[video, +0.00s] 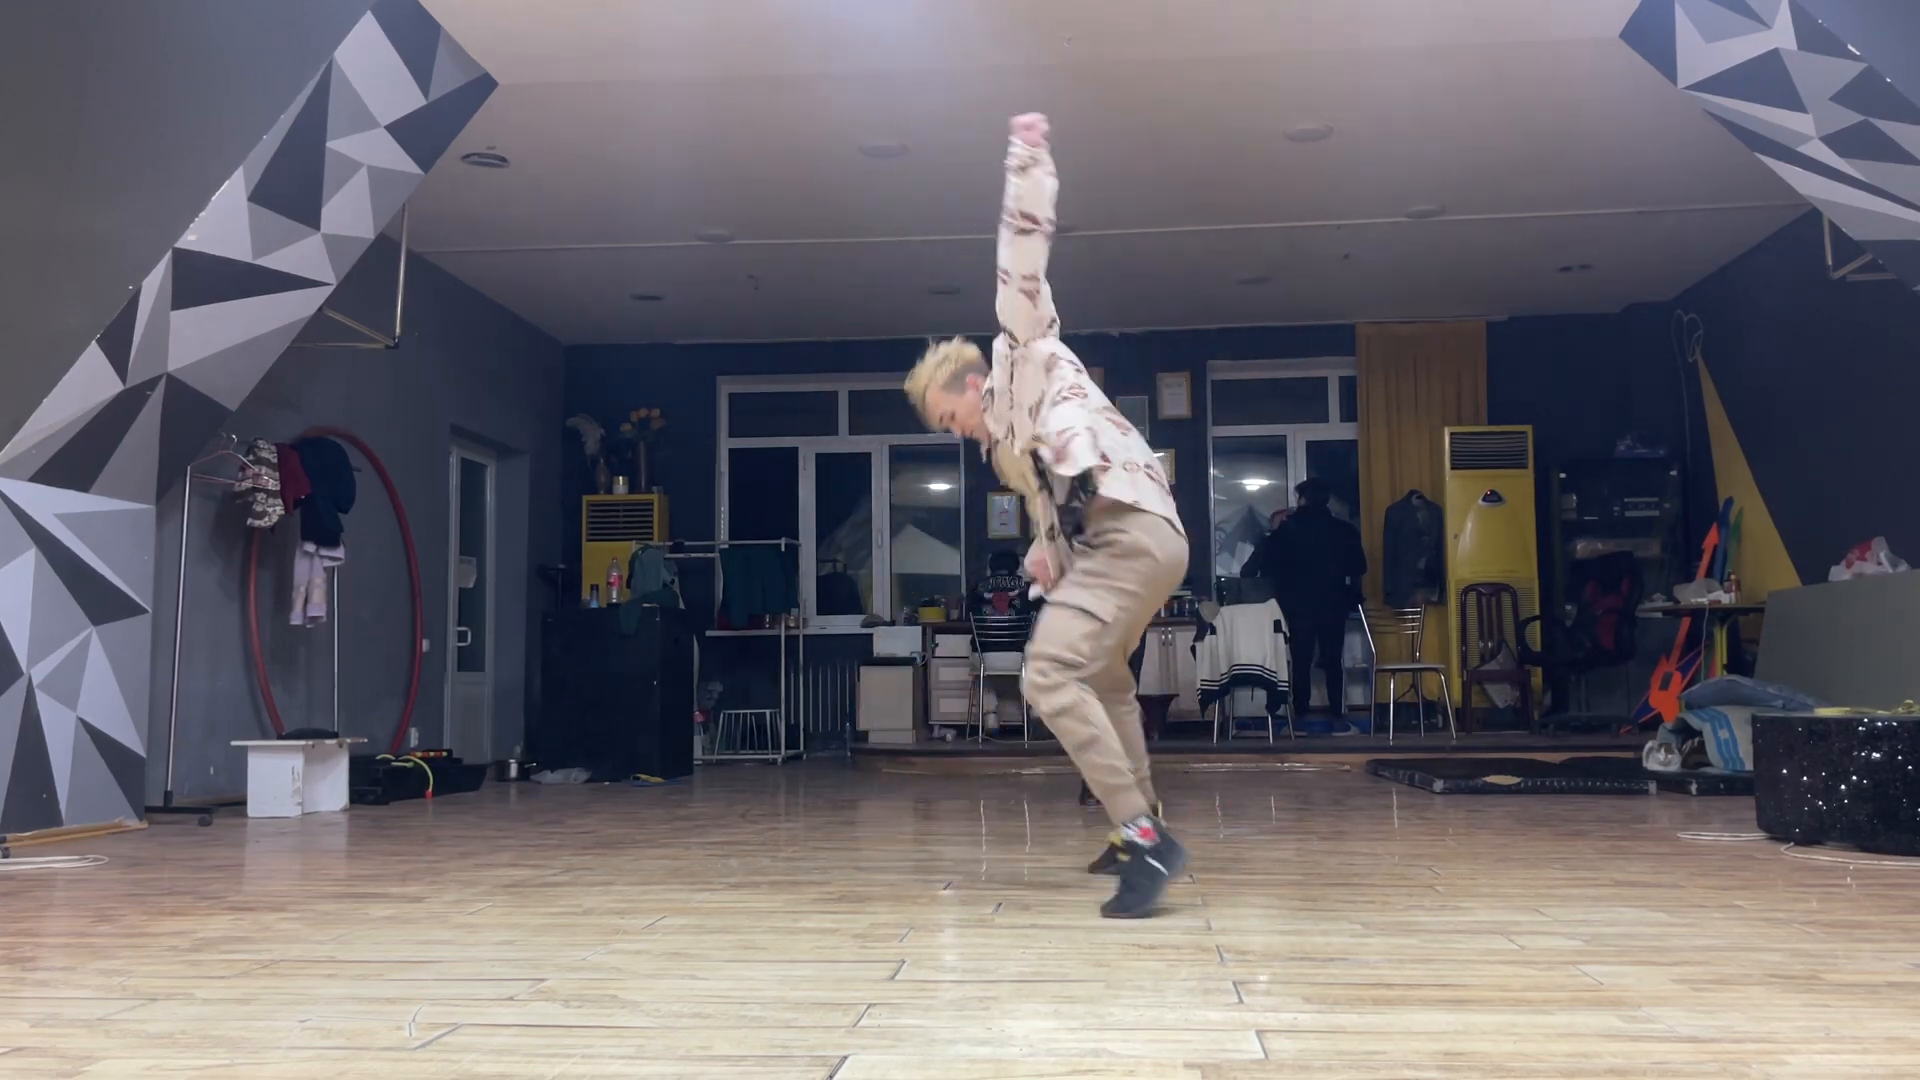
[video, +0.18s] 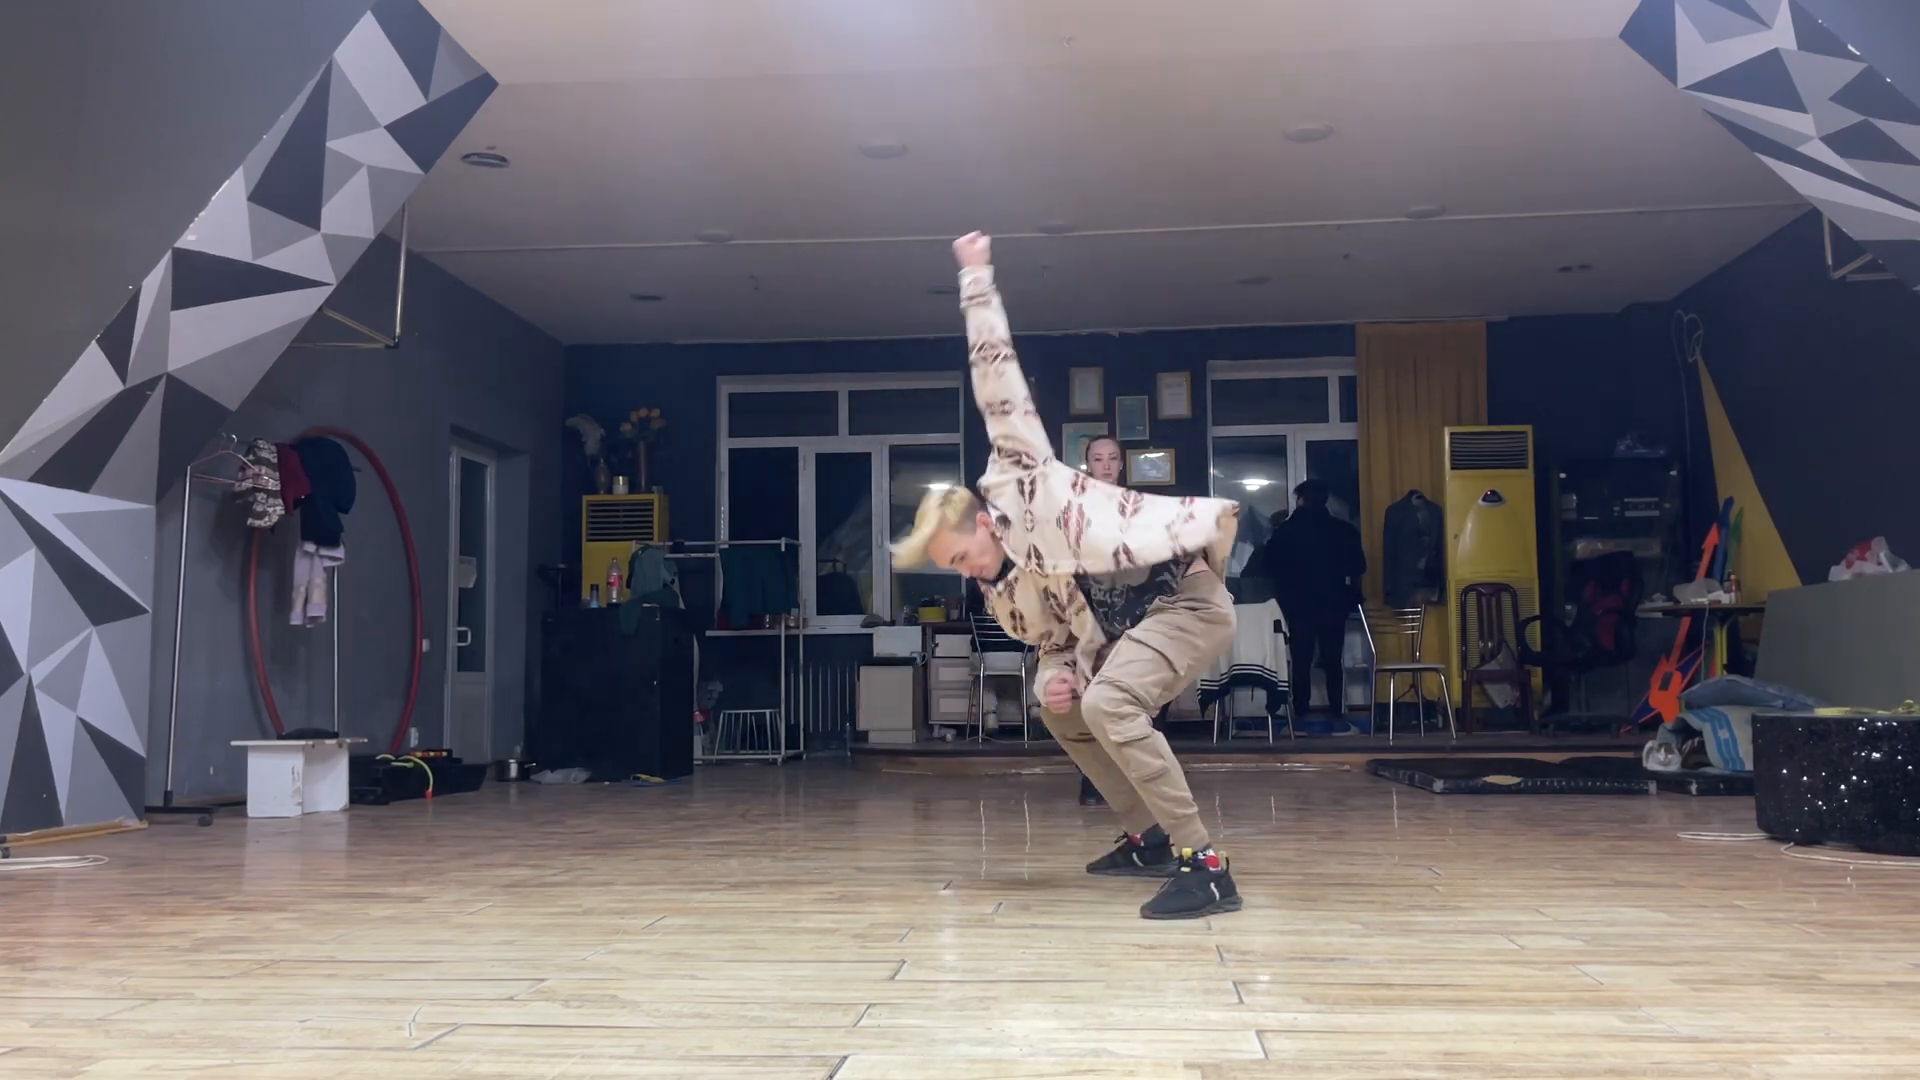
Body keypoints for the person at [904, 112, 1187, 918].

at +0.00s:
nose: (957, 430)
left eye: (951, 415)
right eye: (947, 425)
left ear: (968, 379)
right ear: (965, 400)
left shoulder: (1022, 348)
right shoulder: (1019, 437)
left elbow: (1021, 252)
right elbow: (1070, 501)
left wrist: (1027, 156)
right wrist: (1049, 547)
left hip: (1132, 529)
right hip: (1125, 542)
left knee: (1051, 674)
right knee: (1104, 675)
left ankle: (1145, 839)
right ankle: (1139, 824)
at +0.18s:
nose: (965, 576)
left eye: (962, 560)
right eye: (953, 571)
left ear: (981, 523)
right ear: (958, 564)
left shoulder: (1020, 478)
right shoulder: (1011, 599)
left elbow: (996, 372)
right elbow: (1056, 644)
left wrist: (976, 279)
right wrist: (1053, 682)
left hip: (1188, 598)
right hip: (1124, 624)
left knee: (1110, 703)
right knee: (1063, 711)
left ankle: (1204, 864)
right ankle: (1149, 840)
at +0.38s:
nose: (947, 433)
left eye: (946, 417)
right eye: (939, 425)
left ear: (973, 386)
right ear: (954, 409)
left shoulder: (1027, 378)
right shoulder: (999, 476)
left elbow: (1067, 383)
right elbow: (1048, 556)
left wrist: (1042, 435)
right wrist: (1031, 620)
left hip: (1151, 536)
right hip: (1089, 561)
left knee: (1094, 666)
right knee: (1051, 686)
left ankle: (1176, 840)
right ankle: (1131, 820)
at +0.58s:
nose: (993, 263)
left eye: (1004, 248)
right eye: (982, 255)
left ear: (1041, 247)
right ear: (977, 265)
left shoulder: (1104, 315)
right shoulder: (987, 345)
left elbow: (1154, 424)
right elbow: (1000, 443)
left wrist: (1151, 505)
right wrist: (980, 491)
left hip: (1094, 525)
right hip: (1020, 533)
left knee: (1075, 684)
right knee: (1024, 691)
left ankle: (1099, 845)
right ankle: (1098, 828)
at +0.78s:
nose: (1001, 238)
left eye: (1017, 225)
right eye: (990, 227)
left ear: (1045, 235)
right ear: (977, 237)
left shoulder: (1094, 293)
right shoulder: (943, 304)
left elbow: (1187, 284)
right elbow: (872, 297)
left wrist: (1210, 224)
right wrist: (834, 238)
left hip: (1084, 516)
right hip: (992, 523)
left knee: (1117, 646)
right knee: (919, 635)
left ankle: (1113, 805)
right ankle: (1009, 734)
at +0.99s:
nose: (986, 284)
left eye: (999, 275)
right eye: (974, 275)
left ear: (1021, 287)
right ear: (955, 288)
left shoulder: (1056, 341)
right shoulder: (916, 370)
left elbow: (1135, 373)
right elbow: (846, 439)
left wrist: (1189, 417)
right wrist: (800, 505)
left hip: (1055, 570)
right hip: (959, 575)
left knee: (1112, 713)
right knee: (891, 702)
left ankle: (1136, 844)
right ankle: (901, 838)